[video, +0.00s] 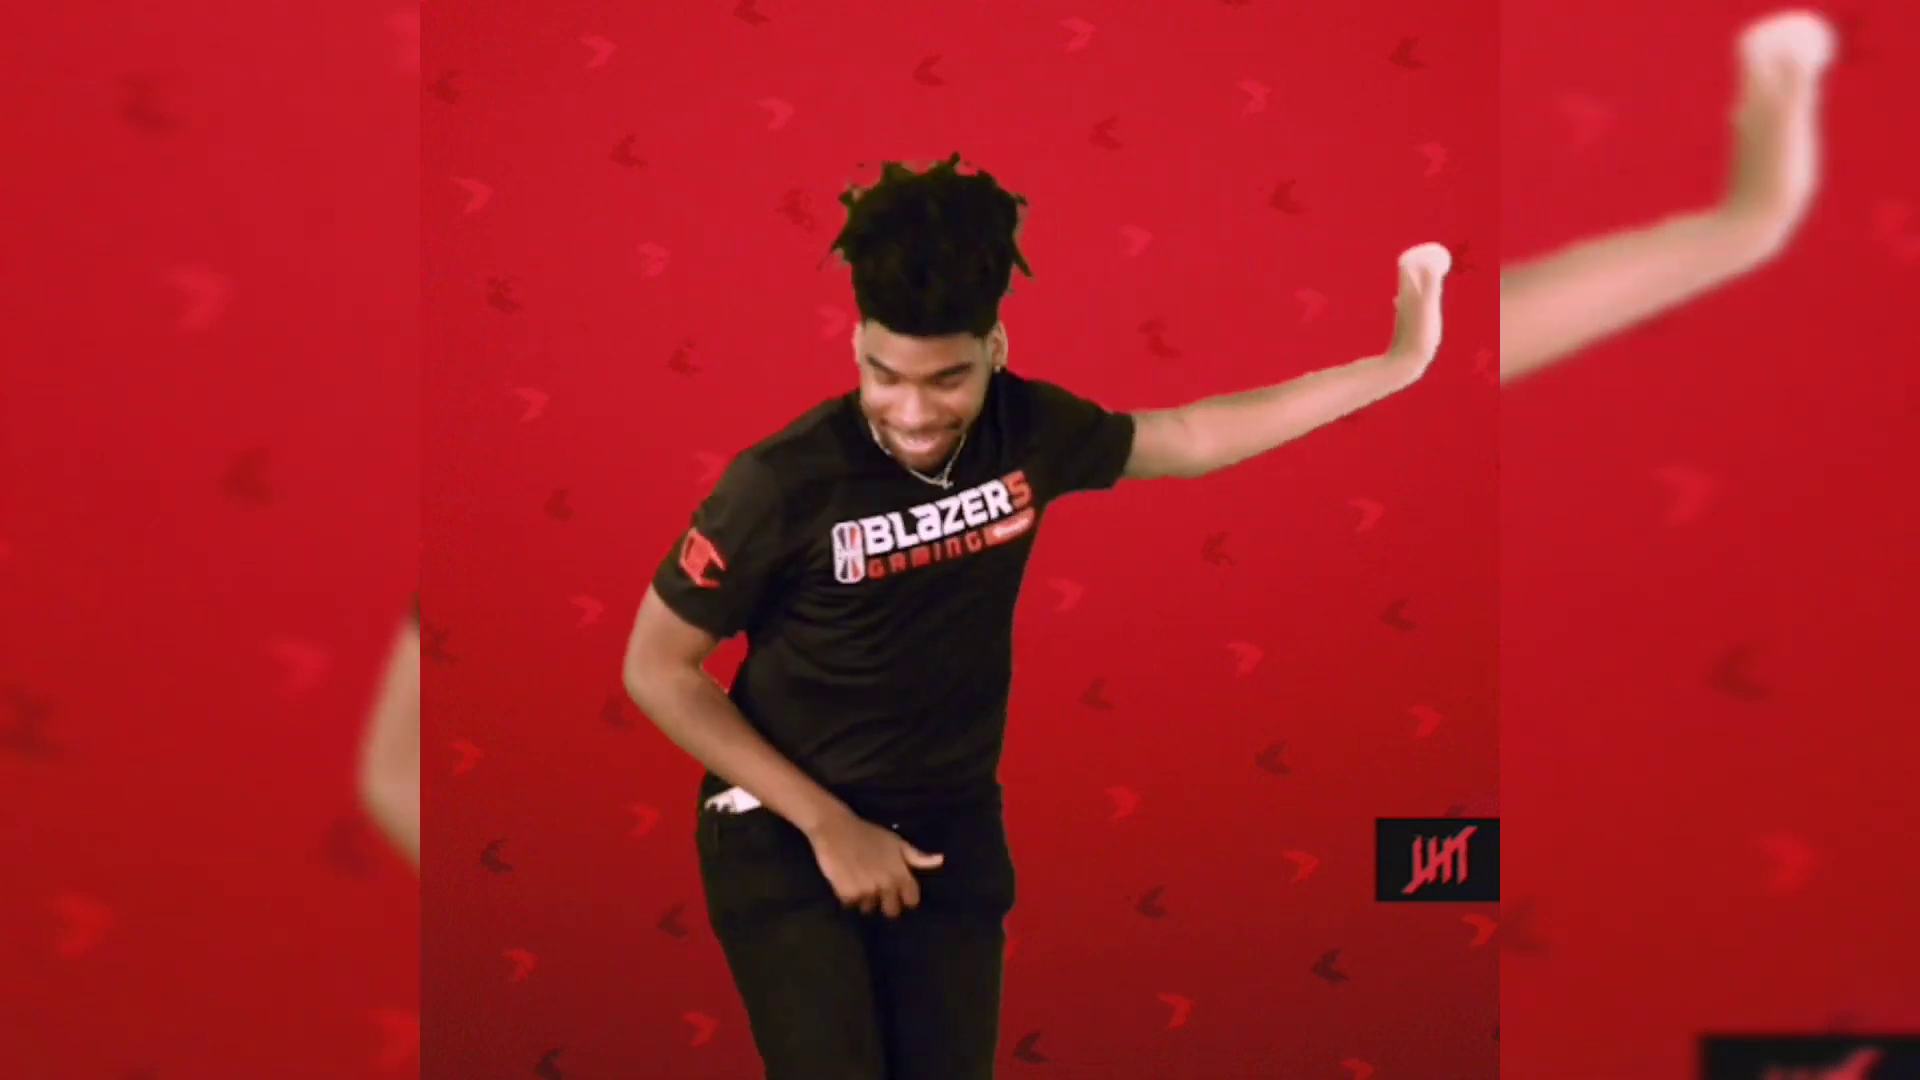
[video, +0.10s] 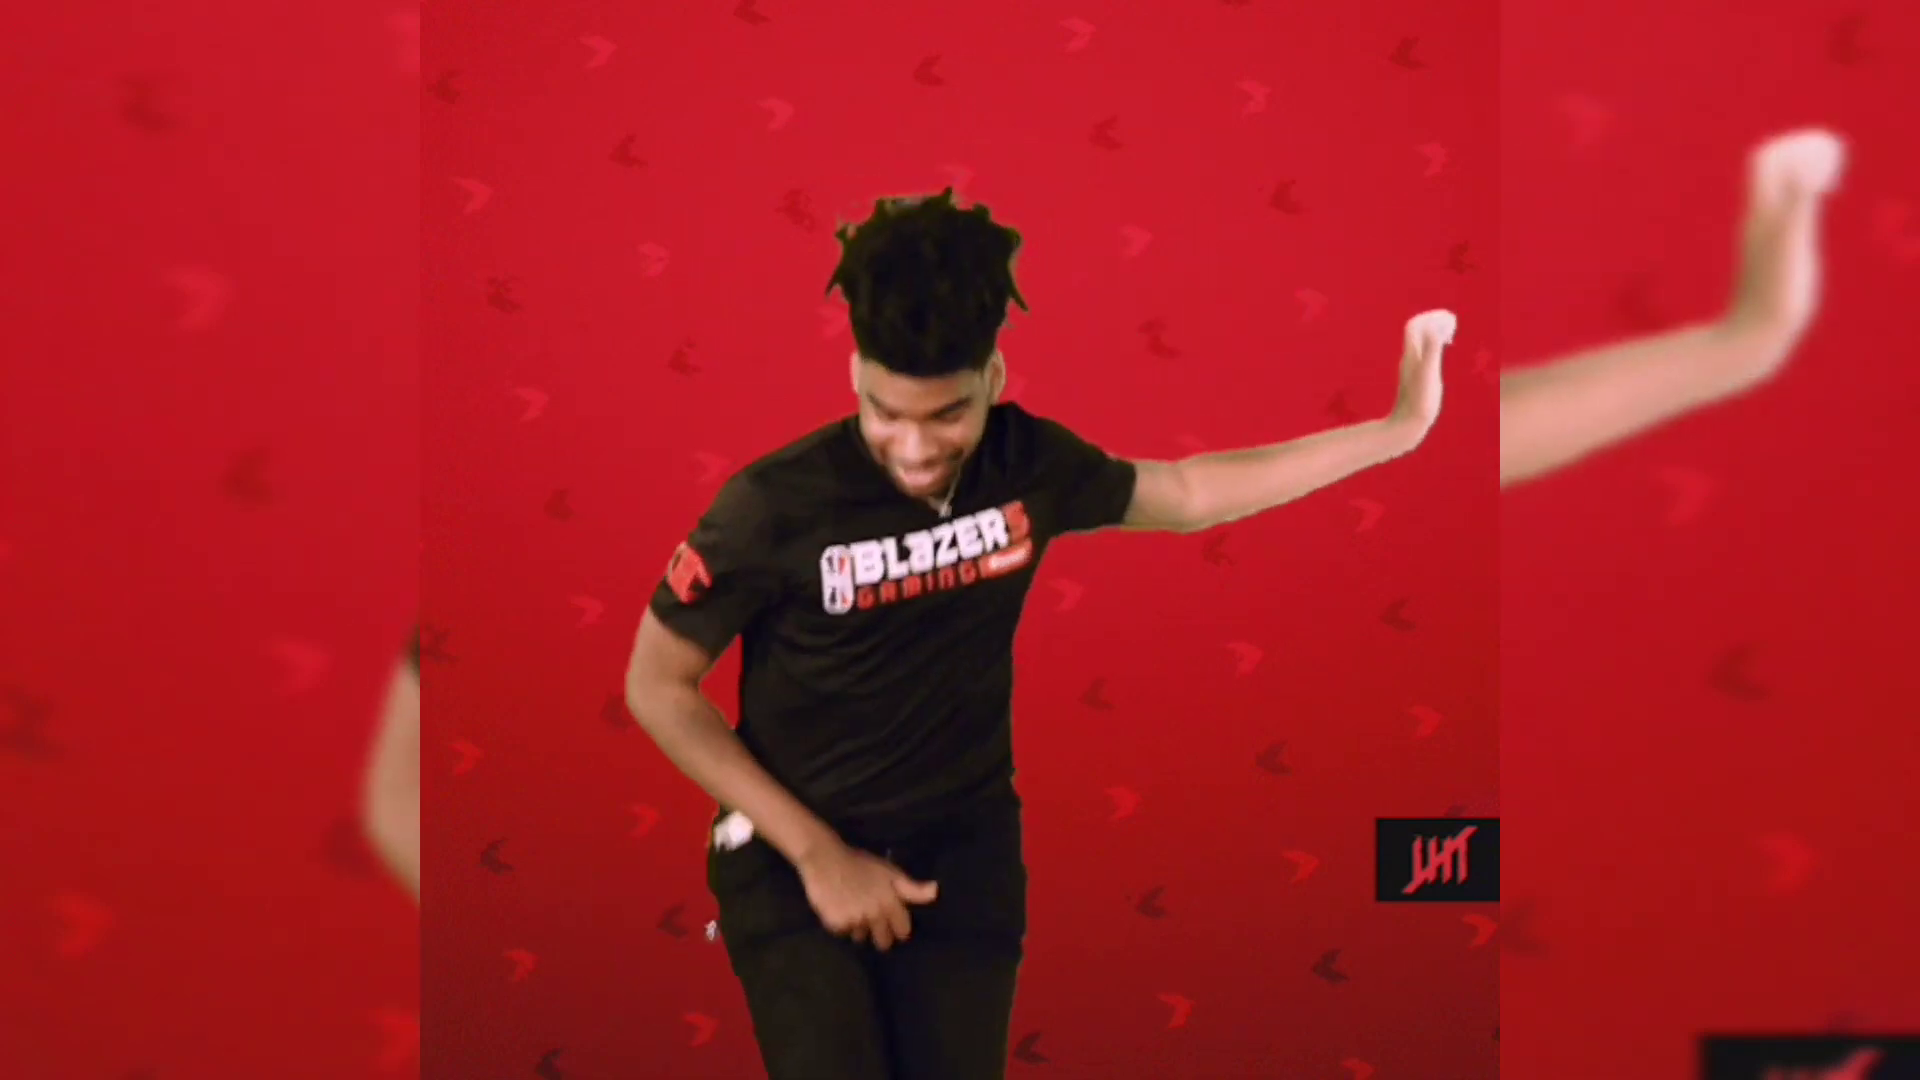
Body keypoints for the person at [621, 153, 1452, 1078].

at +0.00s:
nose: (914, 411)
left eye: (946, 377)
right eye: (885, 375)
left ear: (998, 340)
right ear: (853, 338)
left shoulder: (1034, 429)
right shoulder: (782, 484)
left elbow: (1192, 440)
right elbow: (653, 670)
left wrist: (1400, 365)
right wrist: (824, 817)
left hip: (950, 834)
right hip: (781, 839)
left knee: (954, 1061)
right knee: (837, 1059)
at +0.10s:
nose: (913, 444)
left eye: (945, 414)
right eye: (885, 413)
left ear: (995, 373)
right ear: (854, 373)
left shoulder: (1033, 462)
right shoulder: (772, 506)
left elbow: (1190, 493)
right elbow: (654, 690)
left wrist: (1398, 433)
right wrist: (816, 850)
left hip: (963, 857)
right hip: (790, 866)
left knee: (958, 1067)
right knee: (837, 1067)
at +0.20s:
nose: (900, 492)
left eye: (933, 462)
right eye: (871, 461)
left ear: (982, 417)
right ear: (839, 412)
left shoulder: (1025, 522)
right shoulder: (756, 560)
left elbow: (1196, 572)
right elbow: (669, 747)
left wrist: (1415, 532)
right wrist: (829, 901)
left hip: (983, 912)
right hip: (804, 918)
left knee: (976, 1068)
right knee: (843, 1070)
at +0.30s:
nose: (888, 460)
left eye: (917, 428)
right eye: (859, 428)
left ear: (964, 384)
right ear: (824, 384)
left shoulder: (1020, 484)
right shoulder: (744, 521)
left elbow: (1193, 569)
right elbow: (669, 702)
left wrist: (1417, 592)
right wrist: (818, 853)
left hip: (977, 879)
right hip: (800, 884)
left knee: (975, 1074)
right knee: (827, 1075)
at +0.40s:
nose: (870, 433)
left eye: (902, 403)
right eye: (842, 400)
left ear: (950, 363)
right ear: (810, 361)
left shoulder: (1015, 462)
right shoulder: (734, 488)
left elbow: (1190, 568)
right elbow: (662, 672)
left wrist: (1409, 625)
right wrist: (804, 818)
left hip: (968, 842)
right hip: (789, 845)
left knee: (966, 1064)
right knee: (823, 1065)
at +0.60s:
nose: (827, 431)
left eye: (860, 401)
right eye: (800, 397)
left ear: (901, 365)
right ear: (764, 353)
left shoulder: (976, 480)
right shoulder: (697, 510)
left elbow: (1162, 613)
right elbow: (666, 719)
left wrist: (1386, 702)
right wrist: (761, 877)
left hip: (947, 871)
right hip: (777, 879)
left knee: (922, 1067)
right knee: (782, 1071)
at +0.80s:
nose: (979, 367)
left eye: (1011, 337)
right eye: (951, 331)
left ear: (1050, 296)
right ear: (903, 279)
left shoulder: (1101, 426)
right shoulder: (806, 400)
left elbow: (1143, 565)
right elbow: (732, 541)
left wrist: (1126, 594)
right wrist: (770, 677)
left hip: (1010, 841)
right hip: (834, 832)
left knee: (1000, 1064)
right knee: (818, 1063)